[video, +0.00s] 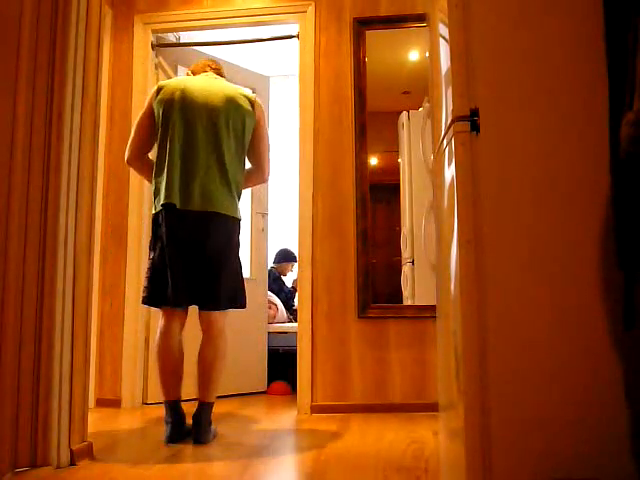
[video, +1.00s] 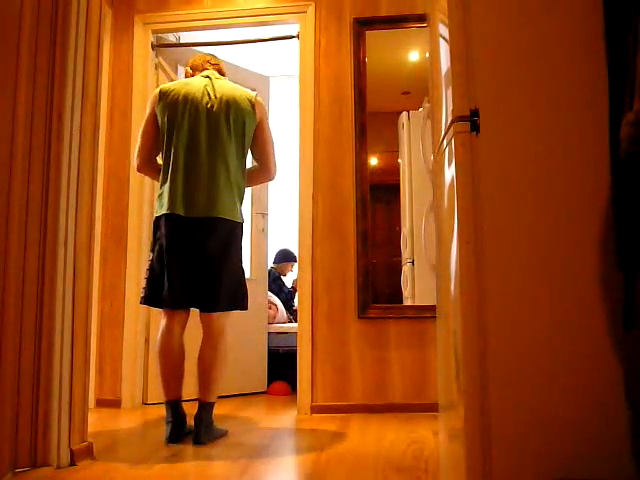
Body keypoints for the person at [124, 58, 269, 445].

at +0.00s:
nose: (189, 74)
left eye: (188, 72)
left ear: (190, 73)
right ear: (223, 76)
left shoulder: (167, 91)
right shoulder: (248, 101)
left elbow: (134, 156)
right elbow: (260, 173)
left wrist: (169, 181)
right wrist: (223, 181)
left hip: (171, 216)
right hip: (220, 219)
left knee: (172, 318)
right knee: (213, 321)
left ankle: (174, 420)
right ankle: (203, 422)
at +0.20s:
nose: (186, 73)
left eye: (185, 71)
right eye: (199, 71)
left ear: (186, 71)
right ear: (218, 72)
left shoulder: (163, 91)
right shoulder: (245, 99)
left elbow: (134, 157)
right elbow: (259, 169)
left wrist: (169, 179)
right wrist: (222, 180)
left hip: (170, 217)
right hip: (219, 219)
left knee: (171, 318)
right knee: (212, 321)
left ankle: (174, 420)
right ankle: (203, 422)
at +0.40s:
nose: (185, 72)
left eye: (184, 70)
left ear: (184, 71)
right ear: (218, 72)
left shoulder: (160, 91)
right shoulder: (245, 99)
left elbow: (134, 158)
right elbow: (260, 168)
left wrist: (170, 178)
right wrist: (222, 179)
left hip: (169, 217)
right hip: (219, 219)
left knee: (171, 318)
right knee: (212, 320)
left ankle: (174, 421)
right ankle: (203, 422)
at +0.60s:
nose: (186, 75)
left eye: (185, 71)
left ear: (186, 72)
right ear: (220, 72)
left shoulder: (164, 93)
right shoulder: (246, 100)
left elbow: (138, 161)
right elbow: (263, 169)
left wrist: (174, 179)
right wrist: (225, 180)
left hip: (172, 217)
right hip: (221, 220)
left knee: (172, 319)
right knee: (213, 322)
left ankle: (174, 420)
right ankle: (204, 423)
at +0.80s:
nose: (186, 75)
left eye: (186, 71)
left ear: (186, 72)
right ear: (221, 72)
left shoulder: (165, 93)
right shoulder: (249, 101)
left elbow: (143, 163)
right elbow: (266, 169)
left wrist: (178, 178)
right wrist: (227, 179)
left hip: (173, 219)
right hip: (222, 221)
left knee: (172, 319)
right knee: (214, 322)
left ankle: (174, 421)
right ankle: (204, 422)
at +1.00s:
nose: (187, 74)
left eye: (187, 71)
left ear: (187, 72)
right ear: (222, 72)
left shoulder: (166, 93)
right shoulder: (249, 102)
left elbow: (144, 162)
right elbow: (266, 170)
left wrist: (178, 178)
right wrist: (228, 179)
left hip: (174, 218)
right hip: (222, 221)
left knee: (172, 319)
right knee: (214, 322)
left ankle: (174, 421)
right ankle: (204, 422)